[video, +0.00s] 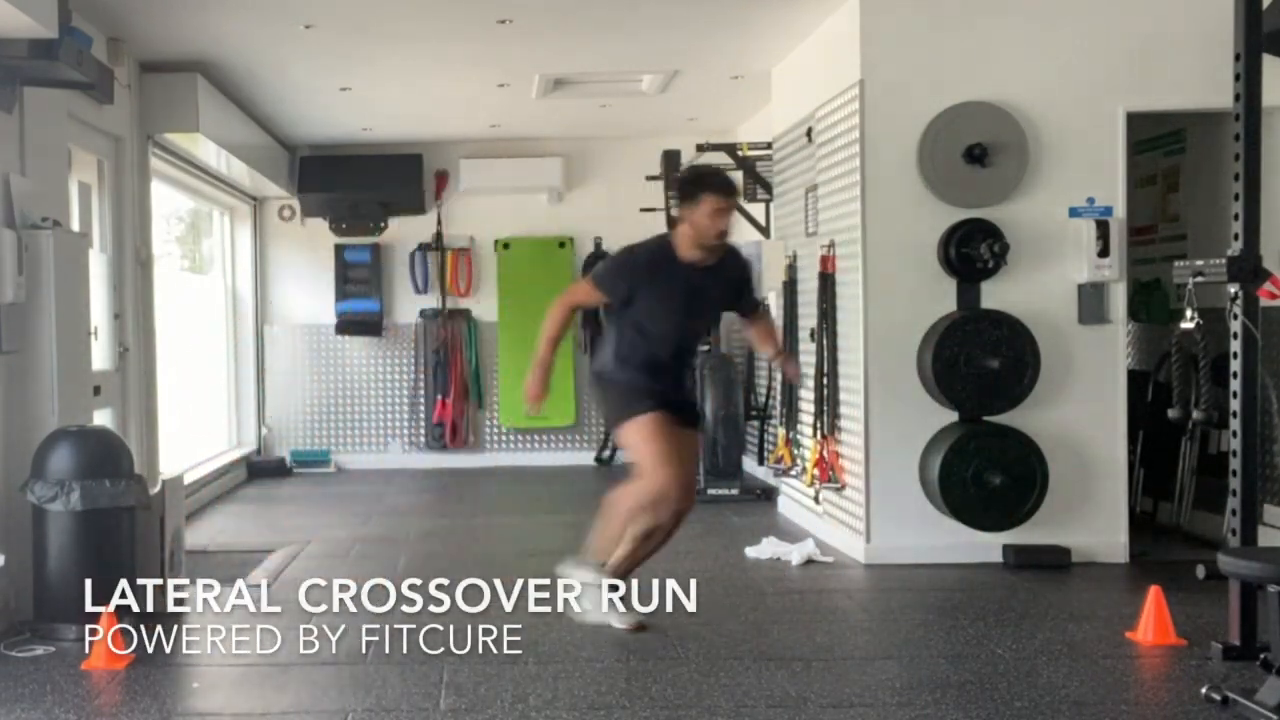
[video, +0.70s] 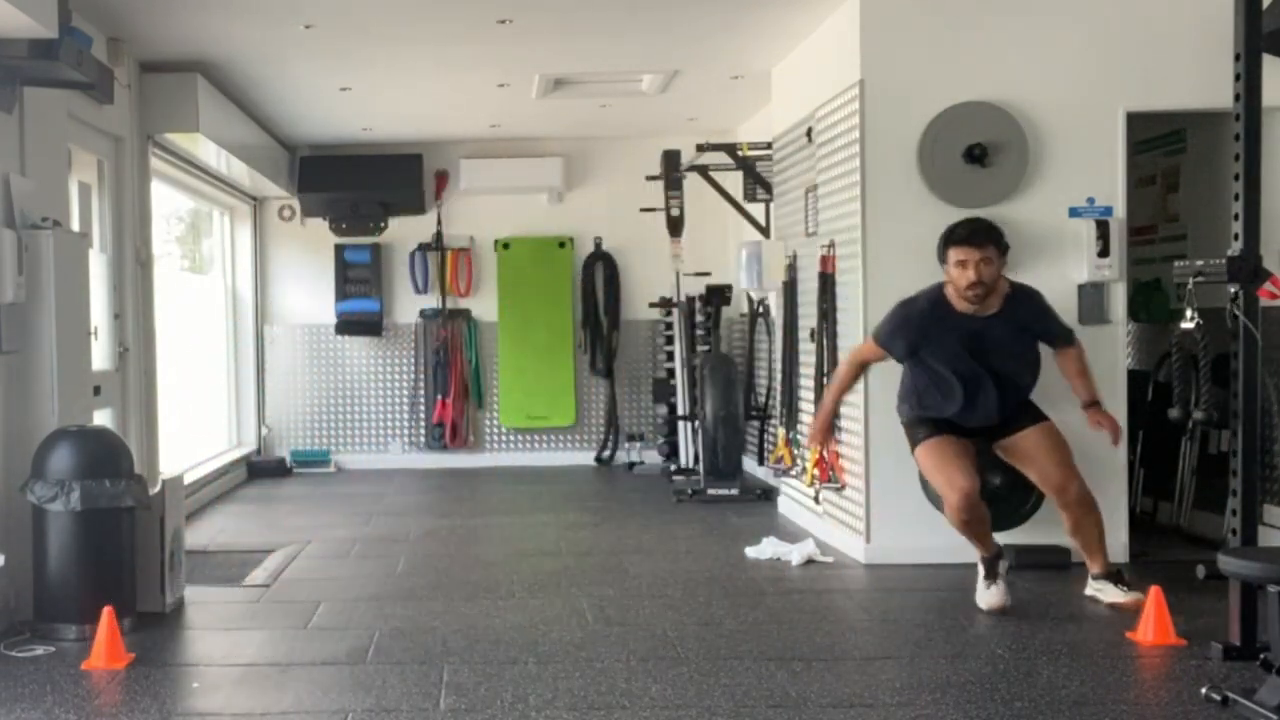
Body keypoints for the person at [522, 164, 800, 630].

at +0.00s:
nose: (726, 224)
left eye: (730, 214)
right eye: (717, 213)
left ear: (730, 215)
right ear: (686, 213)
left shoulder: (729, 268)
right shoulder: (640, 263)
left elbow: (754, 318)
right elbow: (566, 301)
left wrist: (778, 354)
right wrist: (539, 371)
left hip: (676, 386)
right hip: (625, 380)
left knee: (678, 498)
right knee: (659, 479)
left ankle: (608, 582)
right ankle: (585, 566)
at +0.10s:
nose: (794, 217)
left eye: (797, 207)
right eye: (785, 207)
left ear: (799, 207)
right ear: (753, 208)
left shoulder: (801, 259)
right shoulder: (709, 259)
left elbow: (822, 308)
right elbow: (635, 304)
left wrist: (831, 345)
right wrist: (606, 373)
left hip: (756, 382)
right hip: (711, 379)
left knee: (750, 489)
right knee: (770, 465)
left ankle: (659, 564)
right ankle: (808, 571)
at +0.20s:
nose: (853, 226)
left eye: (859, 216)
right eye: (841, 216)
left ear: (864, 219)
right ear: (813, 220)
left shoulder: (867, 271)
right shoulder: (781, 278)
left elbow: (881, 327)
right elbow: (709, 332)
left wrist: (903, 376)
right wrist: (698, 402)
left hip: (836, 390)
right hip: (784, 395)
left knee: (880, 496)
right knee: (862, 482)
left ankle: (782, 546)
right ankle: (894, 594)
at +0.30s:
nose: (903, 238)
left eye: (913, 228)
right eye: (891, 228)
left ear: (922, 231)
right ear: (869, 233)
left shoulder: (929, 280)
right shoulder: (843, 287)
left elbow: (945, 342)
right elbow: (783, 353)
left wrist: (959, 397)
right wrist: (815, 398)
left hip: (900, 397)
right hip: (845, 403)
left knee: (980, 471)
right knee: (900, 475)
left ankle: (964, 558)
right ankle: (896, 590)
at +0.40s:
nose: (950, 256)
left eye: (960, 245)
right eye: (938, 246)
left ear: (975, 247)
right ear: (921, 250)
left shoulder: (990, 294)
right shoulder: (897, 299)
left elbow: (997, 345)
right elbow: (833, 363)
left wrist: (1005, 396)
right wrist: (890, 378)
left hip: (966, 409)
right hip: (897, 413)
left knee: (1033, 490)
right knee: (920, 476)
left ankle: (1088, 572)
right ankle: (918, 588)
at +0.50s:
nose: (986, 277)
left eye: (995, 264)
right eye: (973, 267)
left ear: (1012, 265)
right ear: (955, 271)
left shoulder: (1032, 311)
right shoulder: (929, 318)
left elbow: (1051, 365)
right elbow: (874, 370)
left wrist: (1062, 413)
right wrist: (893, 407)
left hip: (1005, 418)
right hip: (936, 422)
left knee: (1076, 493)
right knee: (949, 480)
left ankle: (1099, 578)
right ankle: (944, 587)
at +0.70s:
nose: (973, 275)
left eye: (984, 263)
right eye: (960, 265)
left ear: (1002, 264)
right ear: (945, 269)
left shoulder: (1026, 304)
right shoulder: (919, 314)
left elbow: (1065, 345)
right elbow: (858, 359)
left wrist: (1090, 403)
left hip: (1007, 408)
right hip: (935, 415)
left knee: (1068, 485)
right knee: (961, 498)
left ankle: (1101, 575)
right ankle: (990, 560)